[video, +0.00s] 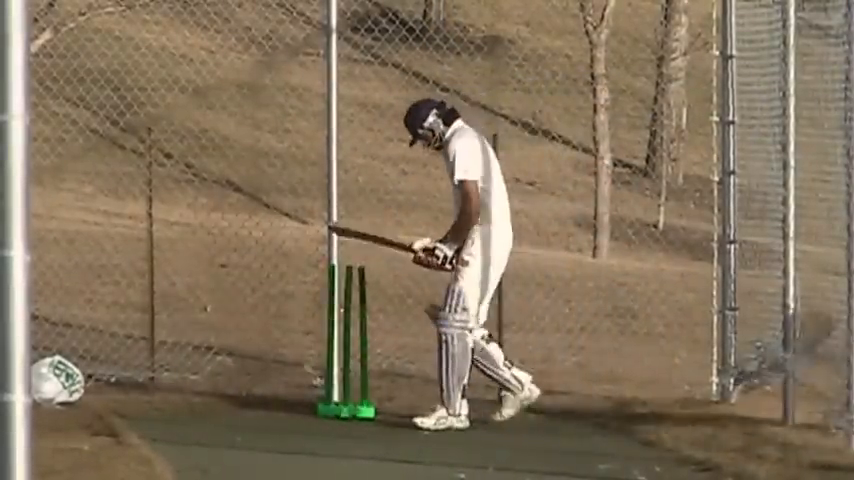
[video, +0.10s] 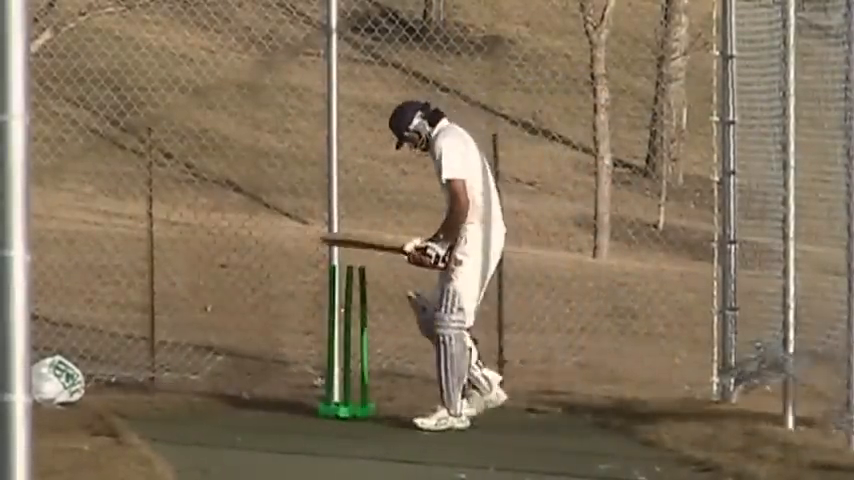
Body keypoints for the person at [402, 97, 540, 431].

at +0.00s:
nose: (426, 143)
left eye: (425, 136)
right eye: (422, 139)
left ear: (436, 125)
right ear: (438, 122)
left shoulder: (462, 142)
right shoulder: (464, 141)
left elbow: (471, 208)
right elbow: (471, 210)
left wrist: (448, 245)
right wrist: (444, 245)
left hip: (485, 243)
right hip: (485, 243)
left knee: (454, 323)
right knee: (464, 325)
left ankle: (453, 410)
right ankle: (518, 386)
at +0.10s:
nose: (413, 146)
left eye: (410, 139)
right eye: (408, 142)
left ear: (420, 126)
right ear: (424, 121)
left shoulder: (447, 142)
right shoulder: (451, 139)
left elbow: (461, 203)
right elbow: (459, 207)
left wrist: (441, 245)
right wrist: (433, 241)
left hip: (475, 243)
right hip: (475, 241)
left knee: (451, 324)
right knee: (439, 320)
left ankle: (453, 411)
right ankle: (484, 384)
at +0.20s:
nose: (401, 149)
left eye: (398, 142)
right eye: (396, 145)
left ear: (407, 128)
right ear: (410, 123)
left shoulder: (434, 141)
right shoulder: (439, 139)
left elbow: (451, 202)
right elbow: (450, 205)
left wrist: (435, 243)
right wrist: (424, 241)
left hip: (466, 242)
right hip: (465, 241)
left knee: (444, 322)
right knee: (427, 317)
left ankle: (450, 408)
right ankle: (448, 401)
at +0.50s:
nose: (368, 163)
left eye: (367, 156)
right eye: (363, 159)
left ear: (376, 143)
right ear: (373, 146)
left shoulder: (404, 149)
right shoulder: (393, 157)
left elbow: (424, 203)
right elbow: (415, 210)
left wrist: (413, 253)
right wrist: (401, 255)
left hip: (451, 239)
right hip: (431, 242)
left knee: (419, 317)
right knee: (403, 321)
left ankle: (446, 401)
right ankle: (403, 402)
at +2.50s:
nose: (349, 172)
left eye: (353, 164)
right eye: (343, 167)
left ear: (366, 152)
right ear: (339, 165)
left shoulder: (390, 168)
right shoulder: (358, 187)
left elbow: (403, 226)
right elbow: (382, 237)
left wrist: (410, 278)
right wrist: (400, 285)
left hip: (446, 243)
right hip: (414, 248)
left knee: (429, 320)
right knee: (393, 323)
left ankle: (435, 409)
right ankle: (404, 403)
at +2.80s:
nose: (375, 128)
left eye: (381, 121)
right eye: (368, 122)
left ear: (392, 119)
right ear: (358, 124)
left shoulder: (409, 149)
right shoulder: (364, 162)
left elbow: (432, 204)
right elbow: (389, 213)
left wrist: (412, 251)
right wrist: (393, 255)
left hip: (436, 242)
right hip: (406, 246)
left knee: (423, 323)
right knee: (393, 324)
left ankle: (434, 409)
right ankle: (404, 404)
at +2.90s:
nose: (379, 124)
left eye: (386, 118)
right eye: (372, 118)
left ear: (397, 117)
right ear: (363, 119)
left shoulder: (412, 146)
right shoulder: (365, 154)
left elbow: (437, 200)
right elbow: (386, 203)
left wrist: (414, 243)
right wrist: (397, 243)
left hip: (436, 240)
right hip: (406, 243)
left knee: (423, 322)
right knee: (392, 322)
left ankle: (434, 408)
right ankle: (404, 403)